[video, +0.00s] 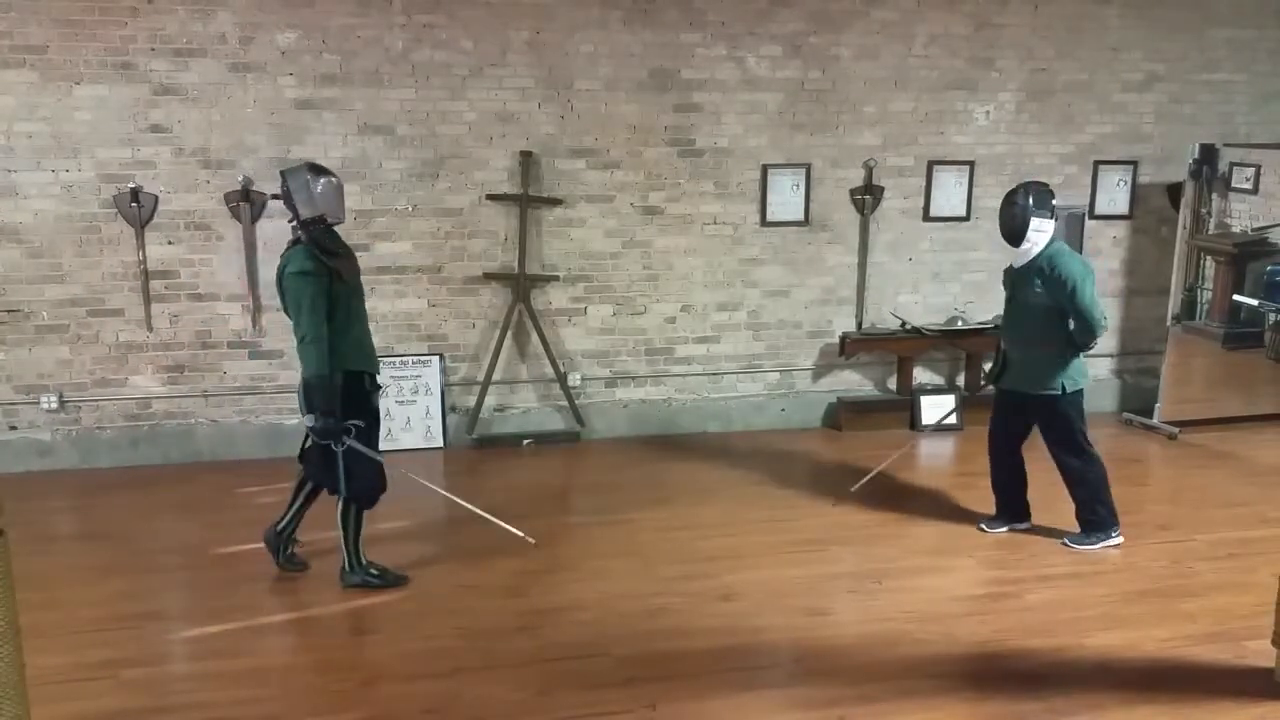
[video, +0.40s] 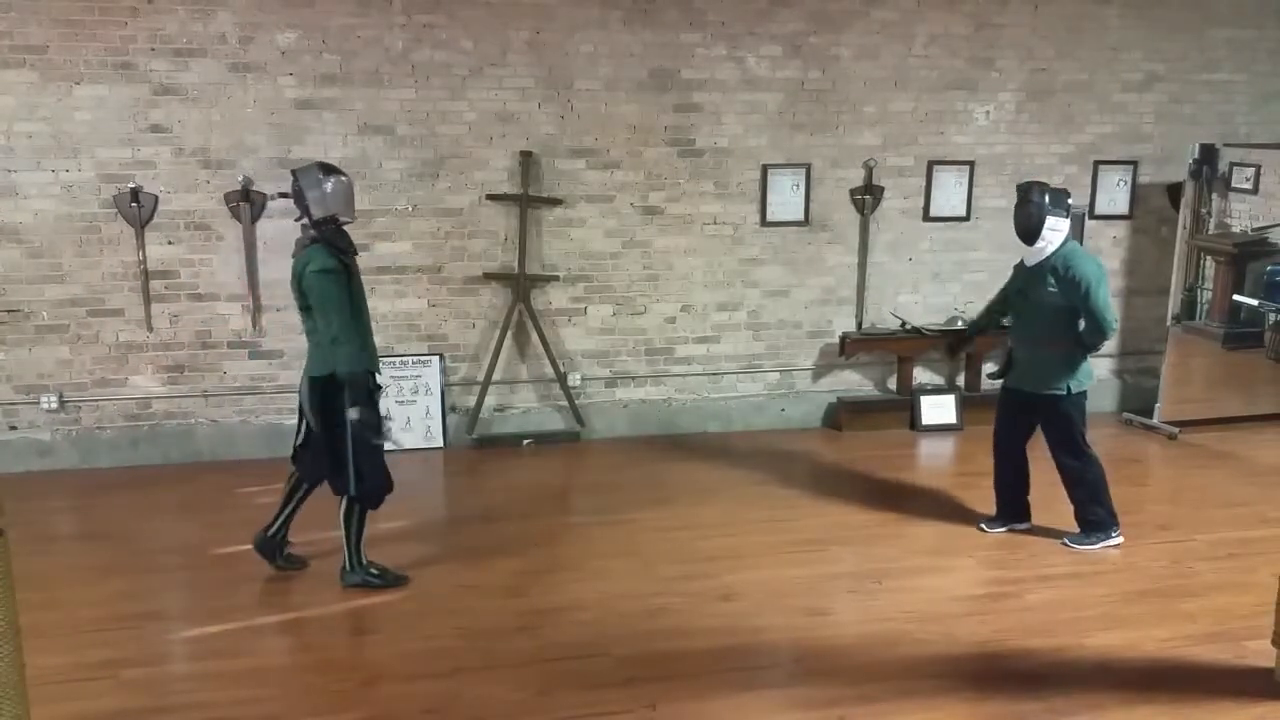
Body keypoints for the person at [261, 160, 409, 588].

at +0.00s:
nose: (336, 203)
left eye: (334, 194)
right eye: (327, 196)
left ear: (300, 202)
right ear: (311, 202)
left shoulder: (331, 249)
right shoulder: (304, 261)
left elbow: (347, 323)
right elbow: (311, 337)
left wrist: (366, 376)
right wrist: (321, 405)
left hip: (353, 378)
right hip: (335, 382)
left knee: (322, 461)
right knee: (357, 473)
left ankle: (282, 532)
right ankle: (355, 565)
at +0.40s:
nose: (347, 202)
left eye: (343, 194)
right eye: (340, 195)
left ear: (308, 203)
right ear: (325, 201)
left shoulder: (320, 252)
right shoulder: (323, 260)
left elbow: (334, 330)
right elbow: (340, 333)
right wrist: (360, 396)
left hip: (324, 379)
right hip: (339, 383)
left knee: (314, 463)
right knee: (362, 476)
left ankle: (273, 537)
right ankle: (355, 565)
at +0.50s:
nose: (351, 206)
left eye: (347, 198)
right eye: (346, 199)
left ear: (310, 205)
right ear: (336, 203)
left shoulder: (314, 254)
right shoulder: (329, 262)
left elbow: (339, 328)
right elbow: (357, 333)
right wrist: (394, 388)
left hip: (318, 376)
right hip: (342, 378)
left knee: (308, 461)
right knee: (363, 473)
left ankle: (269, 539)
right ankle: (356, 565)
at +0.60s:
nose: (355, 206)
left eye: (352, 198)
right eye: (349, 200)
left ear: (314, 207)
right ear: (338, 205)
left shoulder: (315, 253)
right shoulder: (331, 262)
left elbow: (328, 322)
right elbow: (376, 318)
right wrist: (429, 364)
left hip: (315, 376)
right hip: (340, 379)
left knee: (302, 461)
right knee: (359, 472)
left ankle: (266, 541)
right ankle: (355, 566)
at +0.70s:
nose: (356, 208)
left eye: (352, 201)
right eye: (351, 201)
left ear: (313, 208)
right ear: (341, 206)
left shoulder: (312, 255)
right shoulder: (334, 261)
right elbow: (389, 297)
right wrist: (455, 324)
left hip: (312, 377)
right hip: (339, 380)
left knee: (298, 464)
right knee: (360, 474)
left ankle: (257, 541)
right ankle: (355, 566)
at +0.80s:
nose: (356, 205)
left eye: (351, 198)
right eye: (351, 199)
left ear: (312, 208)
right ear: (343, 205)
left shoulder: (312, 255)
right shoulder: (337, 257)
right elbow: (392, 275)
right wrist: (462, 280)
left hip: (311, 378)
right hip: (338, 380)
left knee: (292, 463)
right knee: (361, 475)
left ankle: (245, 540)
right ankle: (354, 566)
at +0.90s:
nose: (354, 205)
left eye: (350, 198)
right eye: (349, 199)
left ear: (311, 208)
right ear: (340, 204)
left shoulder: (310, 254)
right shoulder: (333, 251)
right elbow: (388, 253)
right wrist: (460, 240)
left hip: (310, 376)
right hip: (337, 378)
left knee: (283, 461)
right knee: (361, 474)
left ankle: (239, 540)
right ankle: (355, 566)